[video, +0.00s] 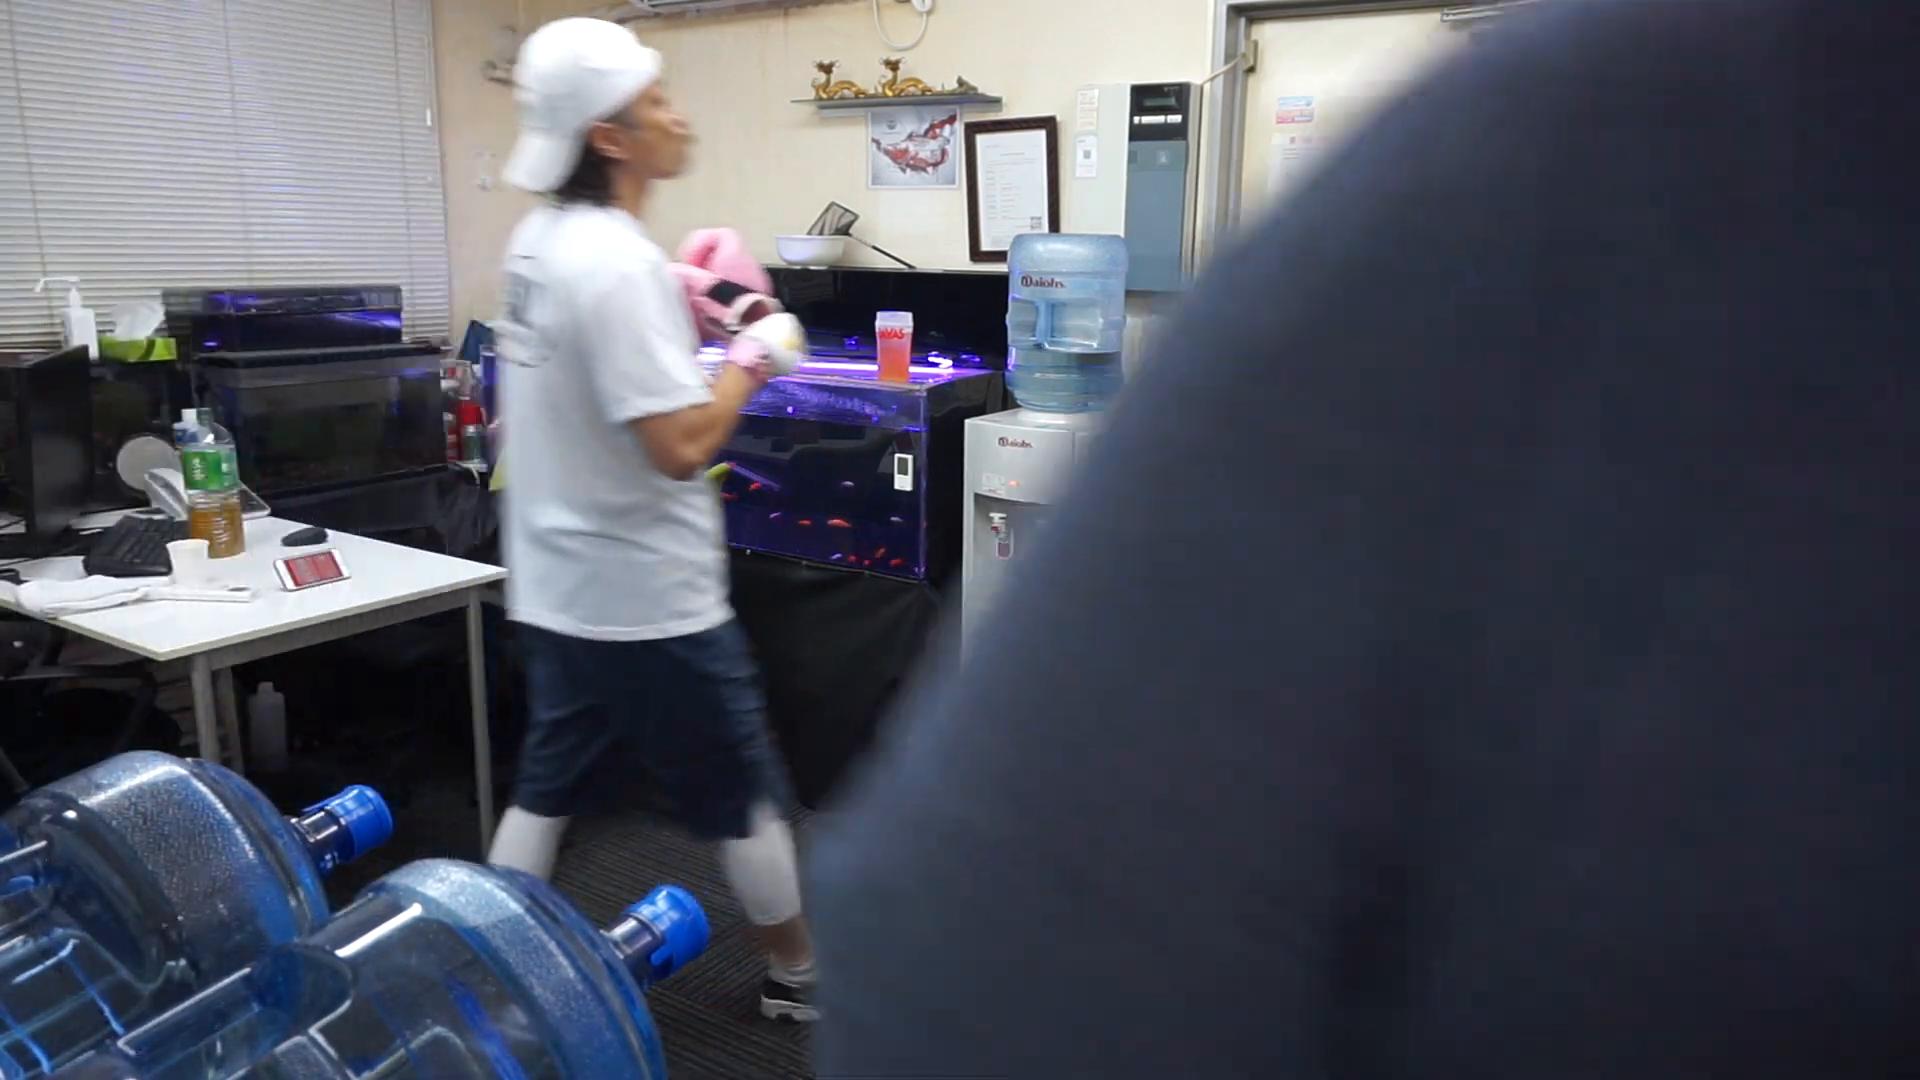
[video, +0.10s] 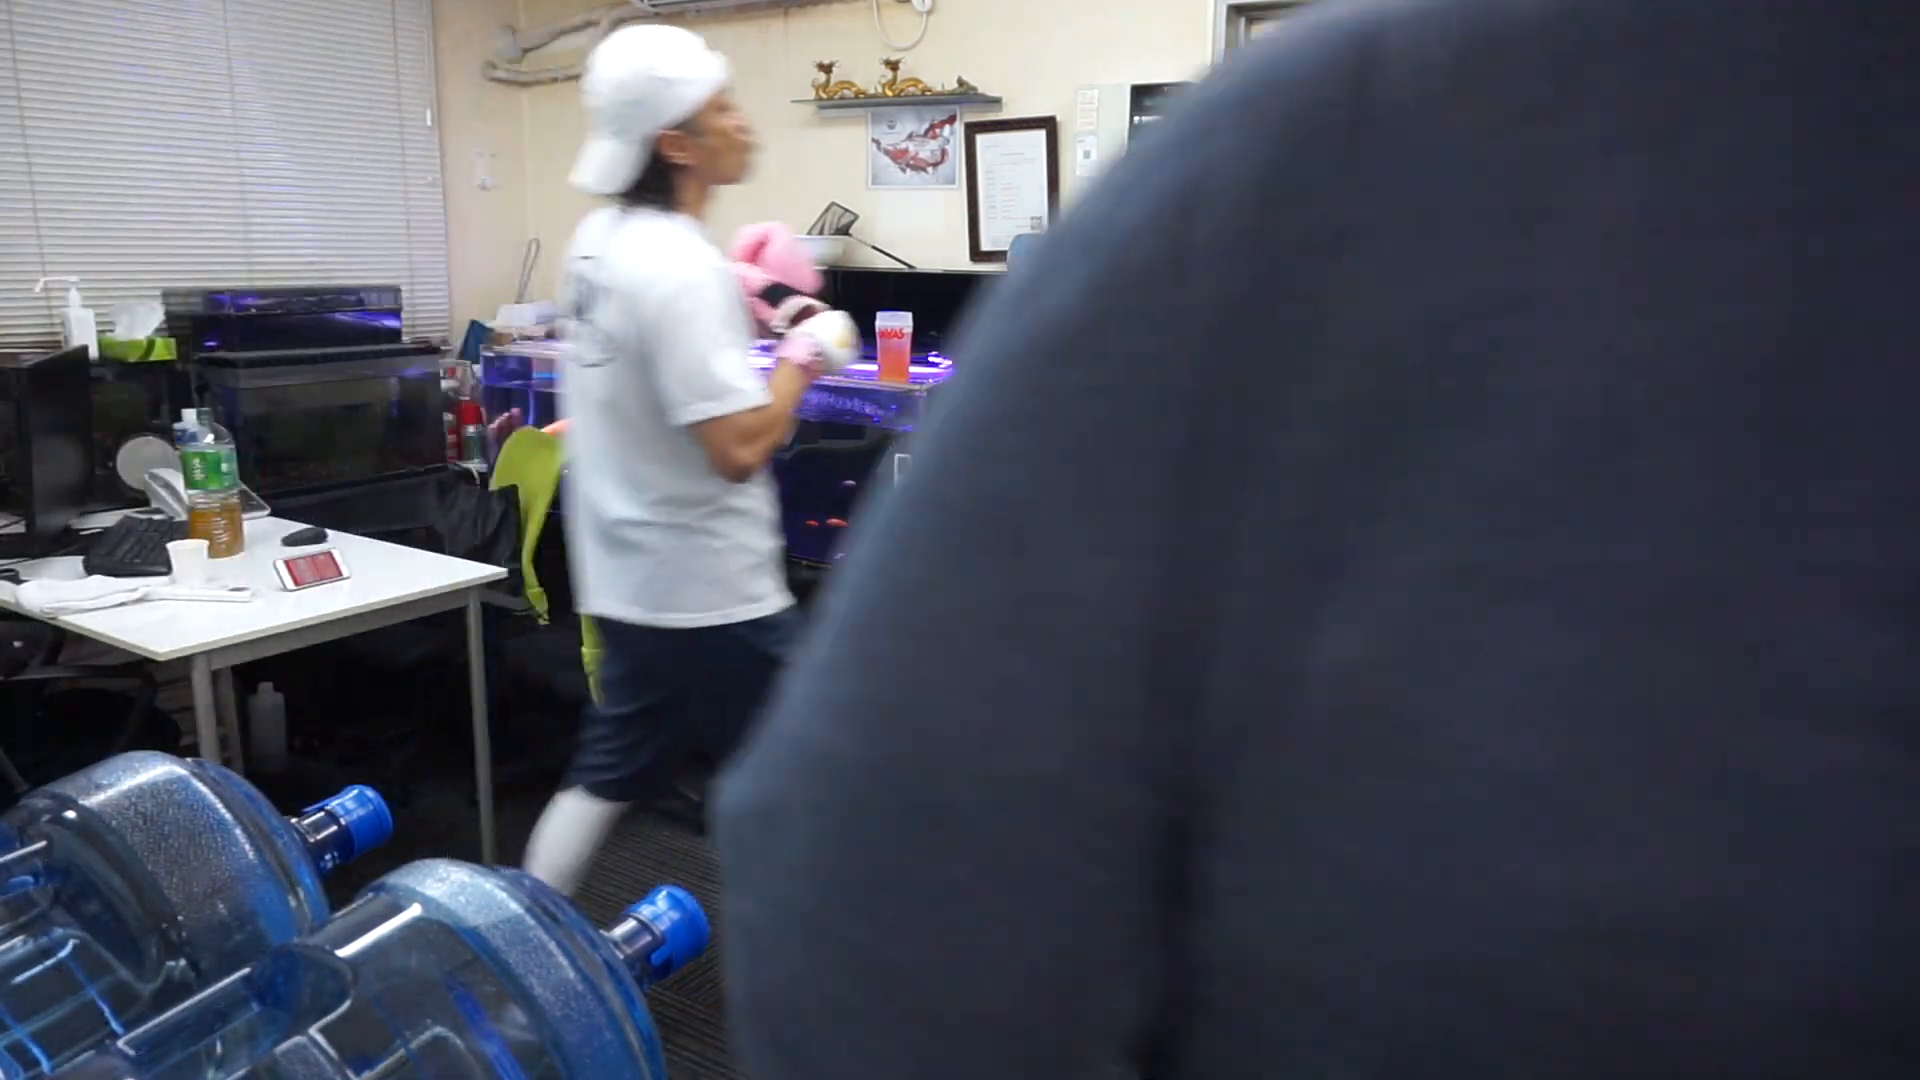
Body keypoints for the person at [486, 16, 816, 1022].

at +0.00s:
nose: (678, 116)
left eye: (666, 95)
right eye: (658, 103)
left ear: (602, 142)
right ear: (610, 142)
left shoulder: (541, 237)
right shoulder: (618, 260)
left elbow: (578, 387)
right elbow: (680, 445)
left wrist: (677, 316)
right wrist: (754, 361)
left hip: (554, 589)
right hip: (652, 601)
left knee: (544, 785)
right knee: (744, 787)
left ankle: (486, 969)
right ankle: (794, 976)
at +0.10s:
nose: (745, 120)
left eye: (732, 100)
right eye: (723, 107)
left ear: (668, 145)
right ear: (675, 145)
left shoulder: (603, 238)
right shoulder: (681, 269)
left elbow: (645, 391)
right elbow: (739, 446)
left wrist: (738, 308)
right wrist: (801, 358)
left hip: (630, 585)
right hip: (716, 595)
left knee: (603, 777)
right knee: (791, 786)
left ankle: (515, 949)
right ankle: (804, 971)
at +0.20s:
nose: (809, 120)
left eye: (801, 102)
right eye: (790, 110)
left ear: (727, 145)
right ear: (740, 144)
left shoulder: (661, 232)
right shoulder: (739, 262)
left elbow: (703, 385)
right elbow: (794, 435)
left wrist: (796, 300)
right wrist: (850, 356)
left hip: (684, 566)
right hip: (749, 580)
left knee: (699, 760)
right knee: (761, 781)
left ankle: (582, 918)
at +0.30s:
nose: (864, 117)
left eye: (856, 100)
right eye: (847, 105)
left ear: (790, 141)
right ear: (794, 140)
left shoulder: (708, 223)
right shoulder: (794, 255)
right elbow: (847, 423)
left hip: (721, 563)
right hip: (790, 577)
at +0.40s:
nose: (914, 115)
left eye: (905, 96)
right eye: (897, 102)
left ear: (828, 130)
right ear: (845, 133)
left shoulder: (755, 222)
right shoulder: (835, 248)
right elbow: (924, 378)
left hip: (762, 528)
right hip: (824, 538)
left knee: (797, 726)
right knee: (828, 739)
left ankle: (832, 937)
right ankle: (811, 969)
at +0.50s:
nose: (955, 123)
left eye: (948, 104)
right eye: (939, 108)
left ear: (870, 132)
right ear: (889, 135)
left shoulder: (804, 223)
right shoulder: (876, 246)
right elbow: (981, 350)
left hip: (814, 520)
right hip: (857, 531)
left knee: (878, 699)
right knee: (832, 728)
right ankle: (807, 955)